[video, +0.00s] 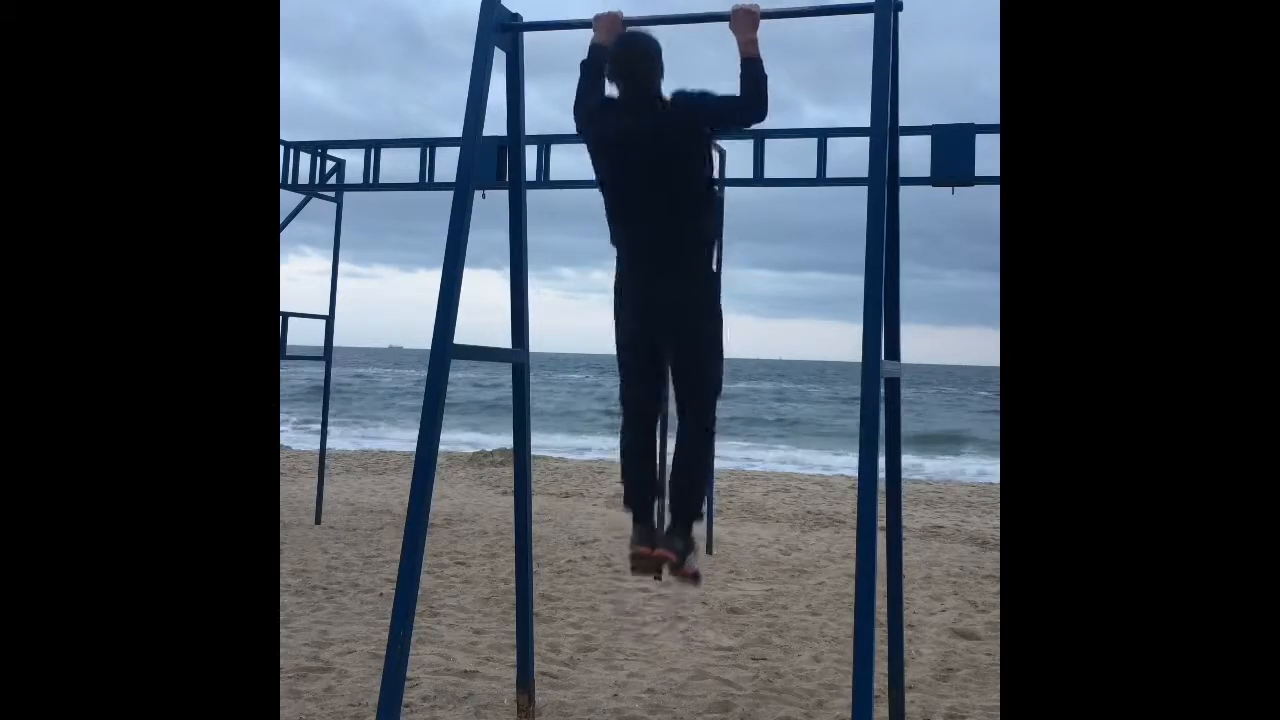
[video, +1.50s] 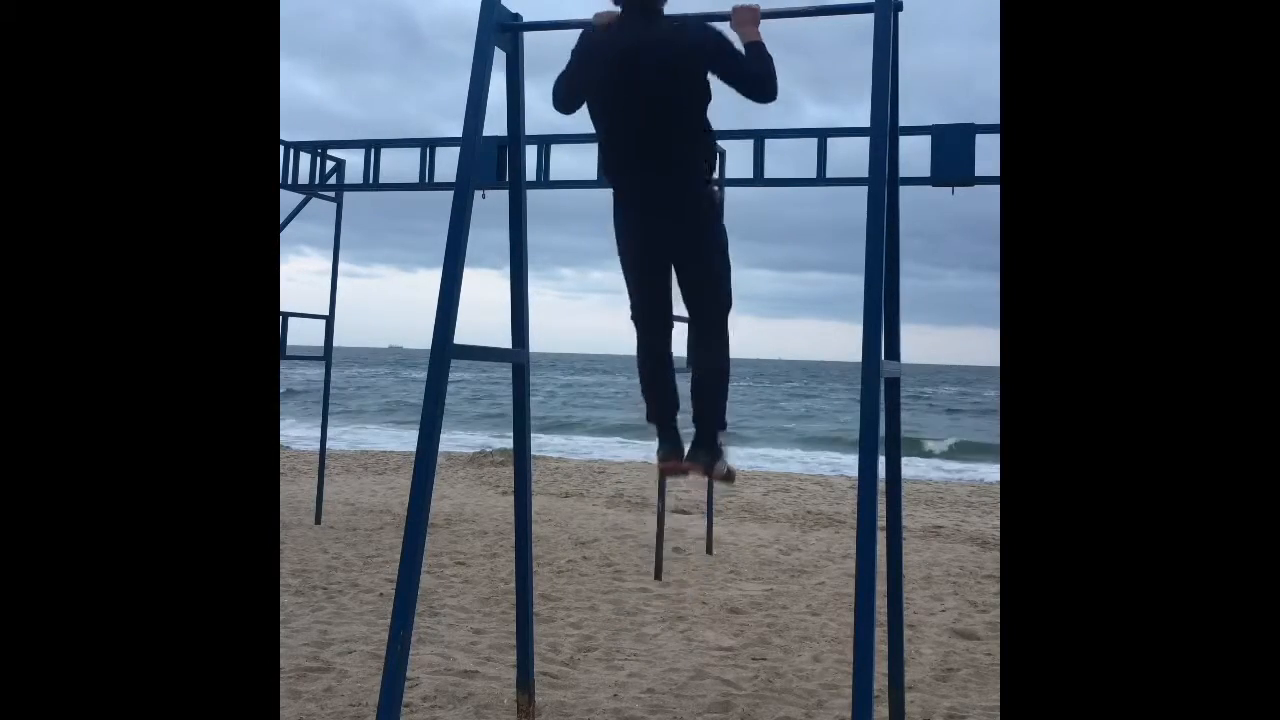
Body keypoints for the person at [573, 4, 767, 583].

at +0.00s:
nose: (640, 75)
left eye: (622, 67)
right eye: (651, 66)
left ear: (613, 75)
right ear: (659, 73)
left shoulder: (600, 125)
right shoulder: (692, 114)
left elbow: (589, 91)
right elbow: (754, 106)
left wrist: (599, 43)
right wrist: (749, 43)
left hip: (634, 288)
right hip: (692, 287)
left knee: (639, 410)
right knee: (696, 413)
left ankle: (642, 531)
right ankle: (678, 538)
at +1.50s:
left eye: (618, 4)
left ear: (618, 3)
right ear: (664, 1)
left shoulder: (599, 41)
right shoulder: (693, 34)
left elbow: (564, 99)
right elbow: (762, 88)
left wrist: (594, 33)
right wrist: (750, 36)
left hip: (634, 206)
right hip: (693, 203)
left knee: (651, 324)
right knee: (710, 321)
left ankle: (668, 445)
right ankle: (706, 448)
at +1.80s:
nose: (657, 45)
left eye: (638, 34)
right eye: (661, 35)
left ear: (622, 46)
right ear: (668, 44)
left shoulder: (603, 94)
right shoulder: (697, 86)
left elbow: (571, 104)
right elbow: (770, 101)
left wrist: (597, 43)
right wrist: (754, 41)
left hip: (639, 261)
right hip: (698, 259)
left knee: (650, 381)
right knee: (707, 381)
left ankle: (662, 503)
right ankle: (700, 504)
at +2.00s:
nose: (677, 114)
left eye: (663, 108)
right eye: (677, 108)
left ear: (627, 119)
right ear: (676, 114)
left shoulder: (614, 157)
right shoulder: (704, 149)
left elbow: (589, 109)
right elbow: (762, 109)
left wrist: (599, 46)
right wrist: (751, 45)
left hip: (645, 324)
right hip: (702, 324)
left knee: (643, 454)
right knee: (699, 460)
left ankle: (639, 578)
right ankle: (678, 587)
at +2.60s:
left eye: (610, 37)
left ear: (609, 47)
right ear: (656, 42)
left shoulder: (596, 102)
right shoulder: (687, 82)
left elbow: (581, 94)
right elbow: (752, 104)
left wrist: (597, 42)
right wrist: (748, 42)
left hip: (635, 259)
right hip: (694, 255)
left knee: (647, 372)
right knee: (706, 376)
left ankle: (655, 489)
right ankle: (694, 496)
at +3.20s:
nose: (657, 100)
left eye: (636, 93)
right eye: (664, 91)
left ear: (625, 102)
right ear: (674, 98)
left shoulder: (613, 144)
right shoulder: (706, 138)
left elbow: (587, 109)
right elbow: (765, 107)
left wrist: (599, 45)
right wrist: (752, 43)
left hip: (647, 310)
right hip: (703, 310)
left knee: (647, 439)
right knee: (703, 442)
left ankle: (649, 565)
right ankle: (685, 568)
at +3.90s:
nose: (623, 28)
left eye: (613, 22)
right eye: (645, 18)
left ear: (609, 33)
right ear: (654, 27)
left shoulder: (593, 89)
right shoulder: (687, 71)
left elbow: (575, 100)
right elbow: (754, 102)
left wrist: (596, 42)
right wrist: (749, 42)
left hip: (632, 246)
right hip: (691, 241)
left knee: (645, 360)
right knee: (705, 363)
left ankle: (654, 479)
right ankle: (694, 487)